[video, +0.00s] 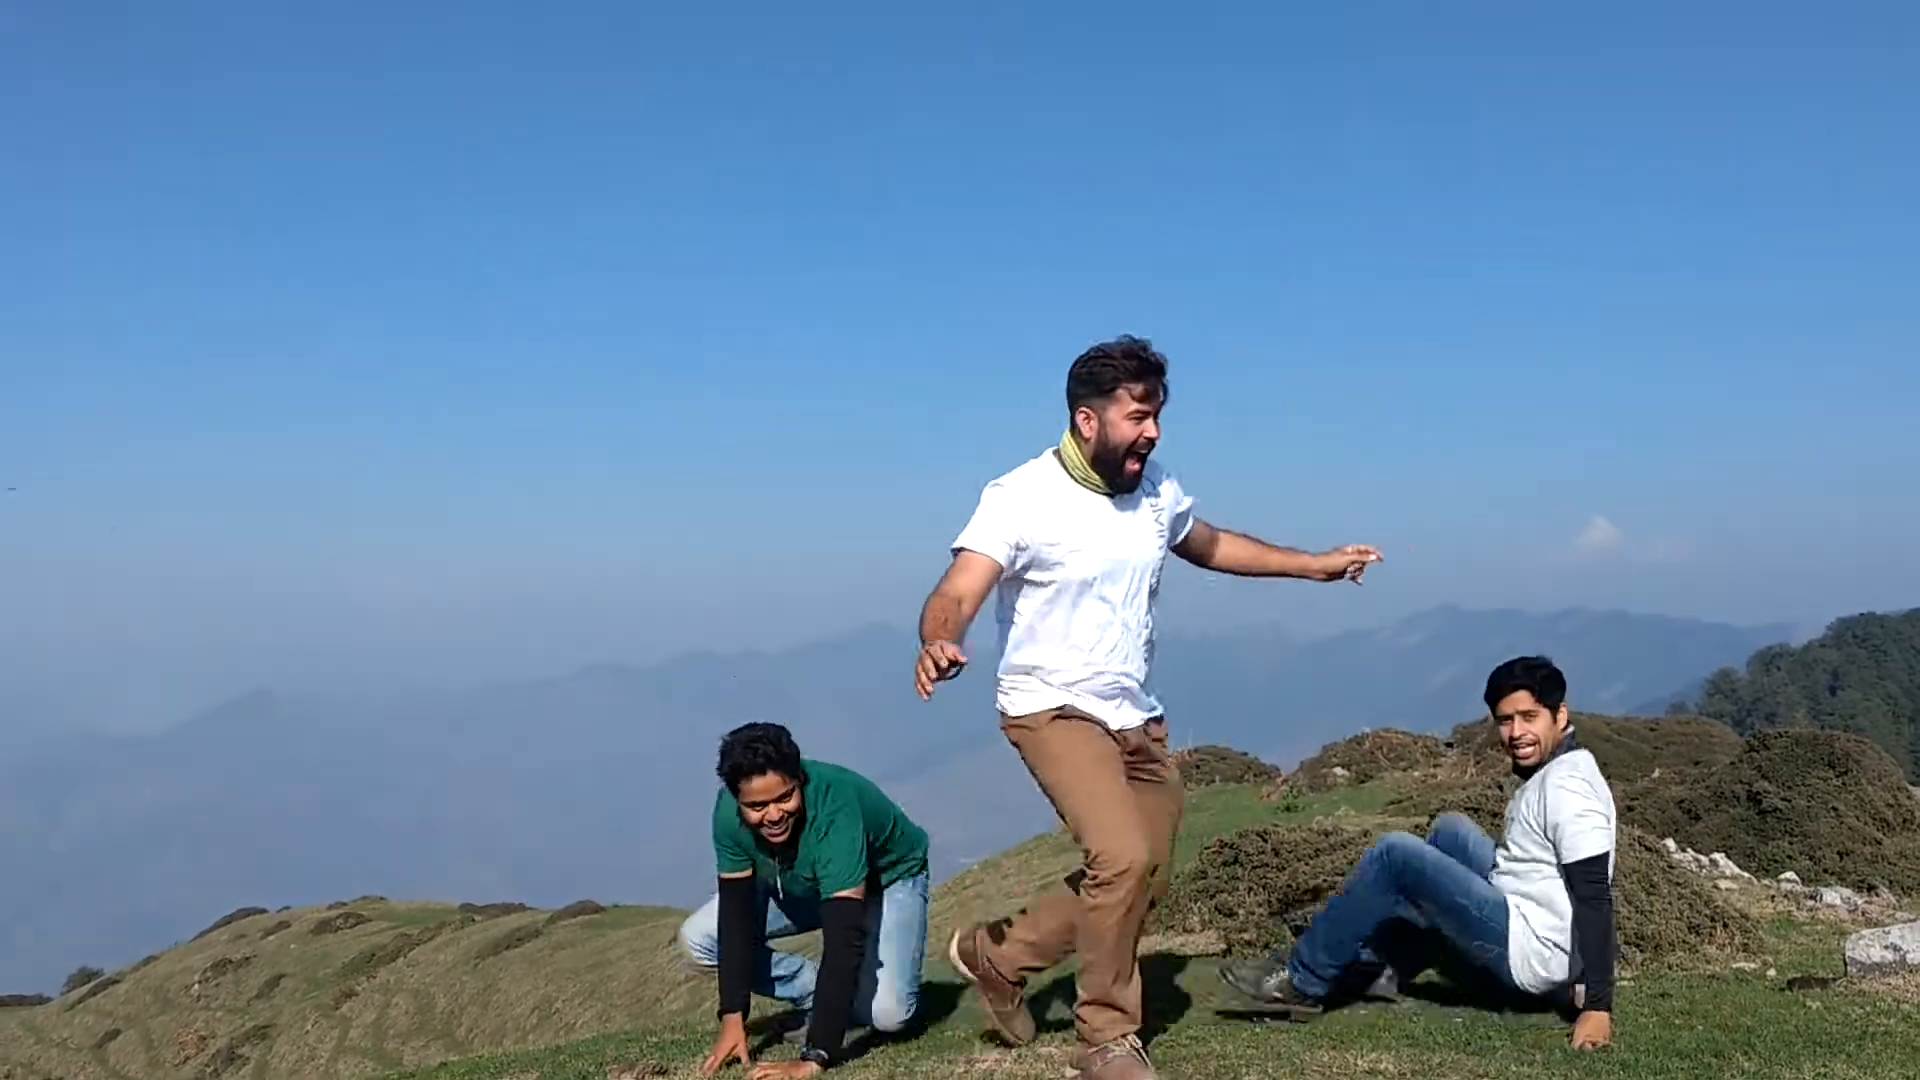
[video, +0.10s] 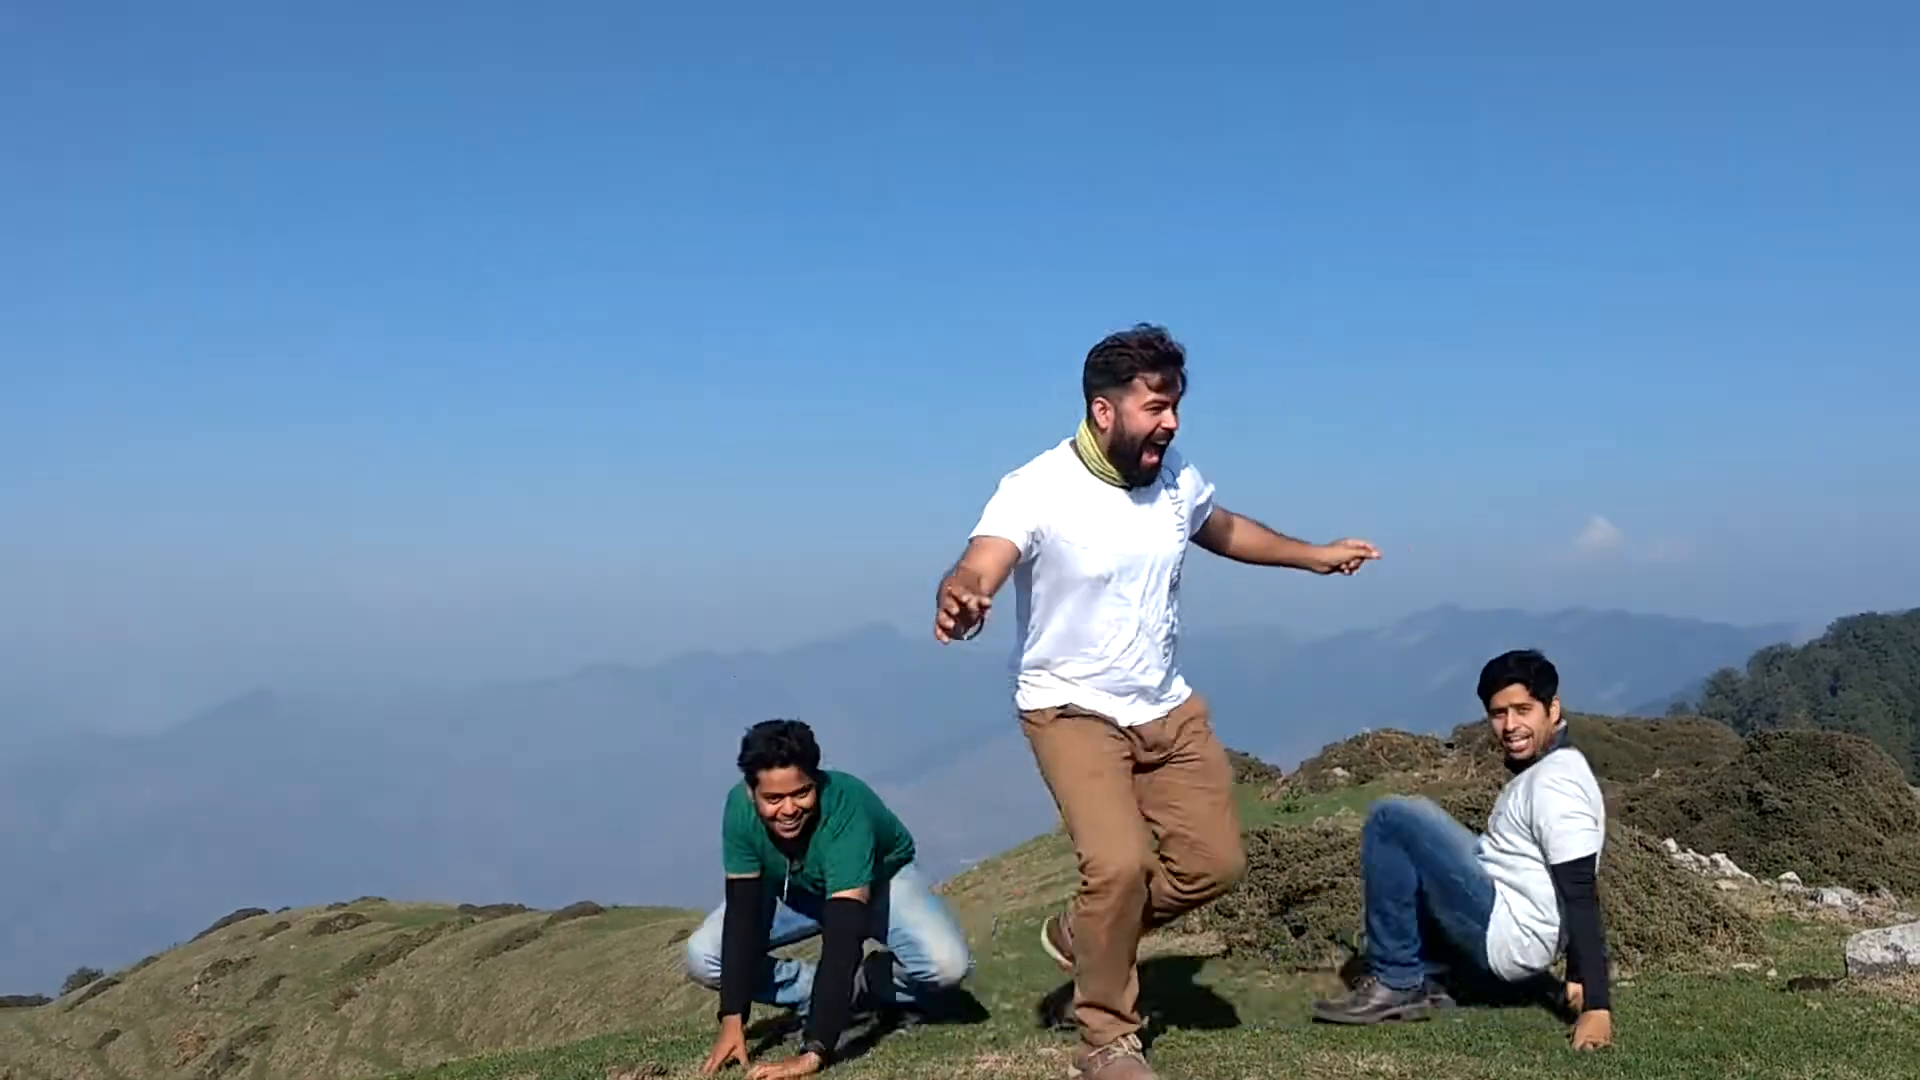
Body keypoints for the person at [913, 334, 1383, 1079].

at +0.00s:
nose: (1153, 432)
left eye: (1157, 416)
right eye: (1137, 416)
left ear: (1155, 415)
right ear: (1085, 417)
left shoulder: (1156, 492)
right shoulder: (1021, 496)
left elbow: (1211, 546)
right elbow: (956, 592)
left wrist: (1313, 564)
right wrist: (939, 641)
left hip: (1132, 715)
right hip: (1049, 706)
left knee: (1144, 879)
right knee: (1122, 856)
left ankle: (998, 954)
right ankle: (1107, 1034)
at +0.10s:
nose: (1170, 422)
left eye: (1174, 406)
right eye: (1154, 407)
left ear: (1176, 404)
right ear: (1101, 408)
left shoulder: (1177, 480)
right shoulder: (1036, 488)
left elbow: (1224, 531)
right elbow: (980, 567)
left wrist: (1313, 555)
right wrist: (961, 602)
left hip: (1166, 705)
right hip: (1070, 709)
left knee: (1211, 862)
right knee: (1120, 865)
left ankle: (1085, 930)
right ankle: (1107, 1033)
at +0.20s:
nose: (1200, 413)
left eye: (1205, 395)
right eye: (1185, 395)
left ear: (1203, 394)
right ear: (1130, 396)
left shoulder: (1201, 471)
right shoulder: (1060, 473)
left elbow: (1244, 520)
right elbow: (986, 556)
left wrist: (1329, 548)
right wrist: (967, 587)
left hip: (1190, 696)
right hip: (1089, 705)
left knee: (1255, 847)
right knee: (1119, 874)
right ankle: (1106, 1028)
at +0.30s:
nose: (1239, 409)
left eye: (1244, 390)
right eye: (1224, 390)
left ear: (1245, 388)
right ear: (1168, 389)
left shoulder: (1237, 468)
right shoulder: (1092, 462)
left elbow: (1288, 518)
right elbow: (1014, 548)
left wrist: (1377, 540)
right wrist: (1025, 578)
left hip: (1214, 695)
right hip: (1110, 708)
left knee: (1306, 830)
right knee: (1118, 886)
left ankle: (1236, 1011)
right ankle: (1110, 1034)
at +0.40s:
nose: (1287, 405)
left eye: (1291, 388)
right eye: (1274, 386)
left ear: (1281, 386)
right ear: (1215, 381)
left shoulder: (1274, 470)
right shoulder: (1133, 454)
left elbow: (1336, 520)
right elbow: (1081, 539)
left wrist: (1432, 540)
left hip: (1241, 700)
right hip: (1129, 716)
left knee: (1343, 821)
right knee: (1120, 898)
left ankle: (1273, 1022)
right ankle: (1110, 1034)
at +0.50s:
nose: (1359, 380)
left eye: (1365, 362)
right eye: (1348, 359)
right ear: (1288, 351)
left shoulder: (1333, 451)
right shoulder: (1202, 421)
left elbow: (1400, 512)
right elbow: (1169, 507)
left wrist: (1514, 543)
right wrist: (1264, 537)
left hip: (1276, 683)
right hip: (1172, 695)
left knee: (1349, 834)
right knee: (1153, 889)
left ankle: (1295, 1044)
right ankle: (1115, 1024)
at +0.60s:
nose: (1443, 367)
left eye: (1448, 350)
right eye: (1434, 345)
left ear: (1383, 340)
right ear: (1371, 332)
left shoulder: (1396, 440)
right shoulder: (1277, 397)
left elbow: (1483, 515)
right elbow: (1265, 486)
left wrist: (1608, 564)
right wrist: (1362, 545)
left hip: (1325, 673)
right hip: (1224, 675)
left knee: (1375, 845)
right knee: (1246, 868)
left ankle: (1293, 1043)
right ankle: (1126, 969)